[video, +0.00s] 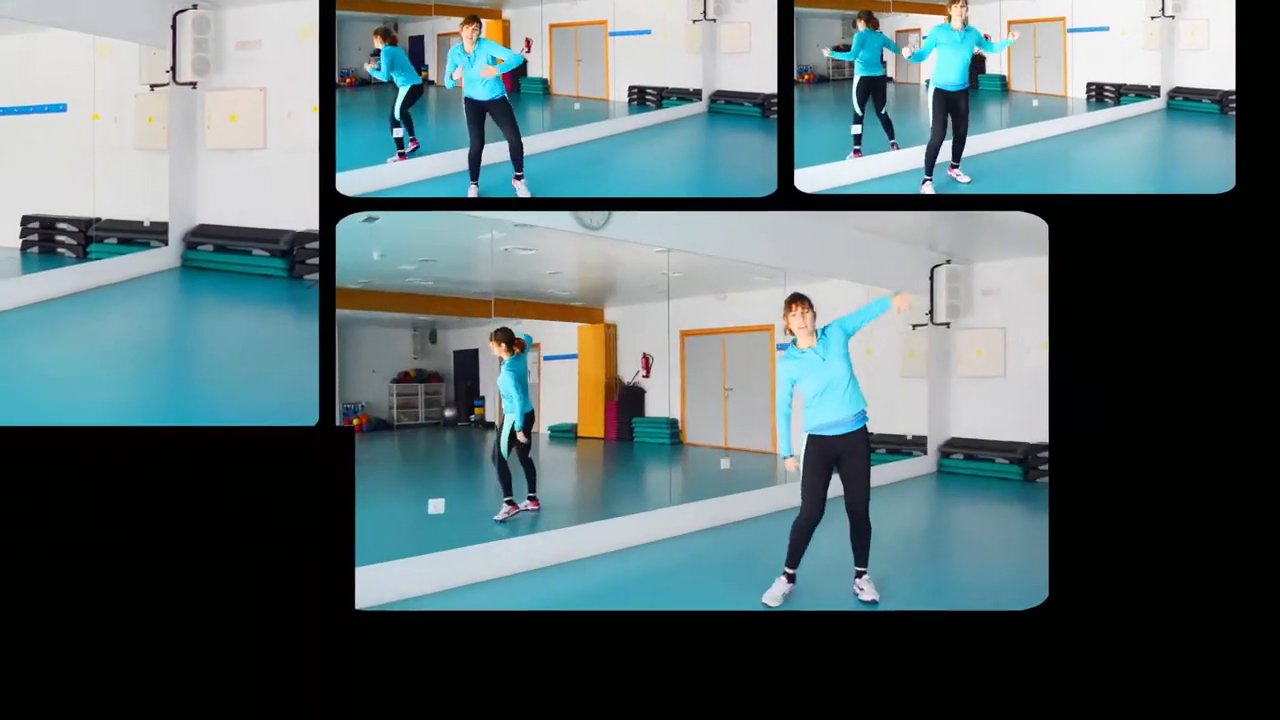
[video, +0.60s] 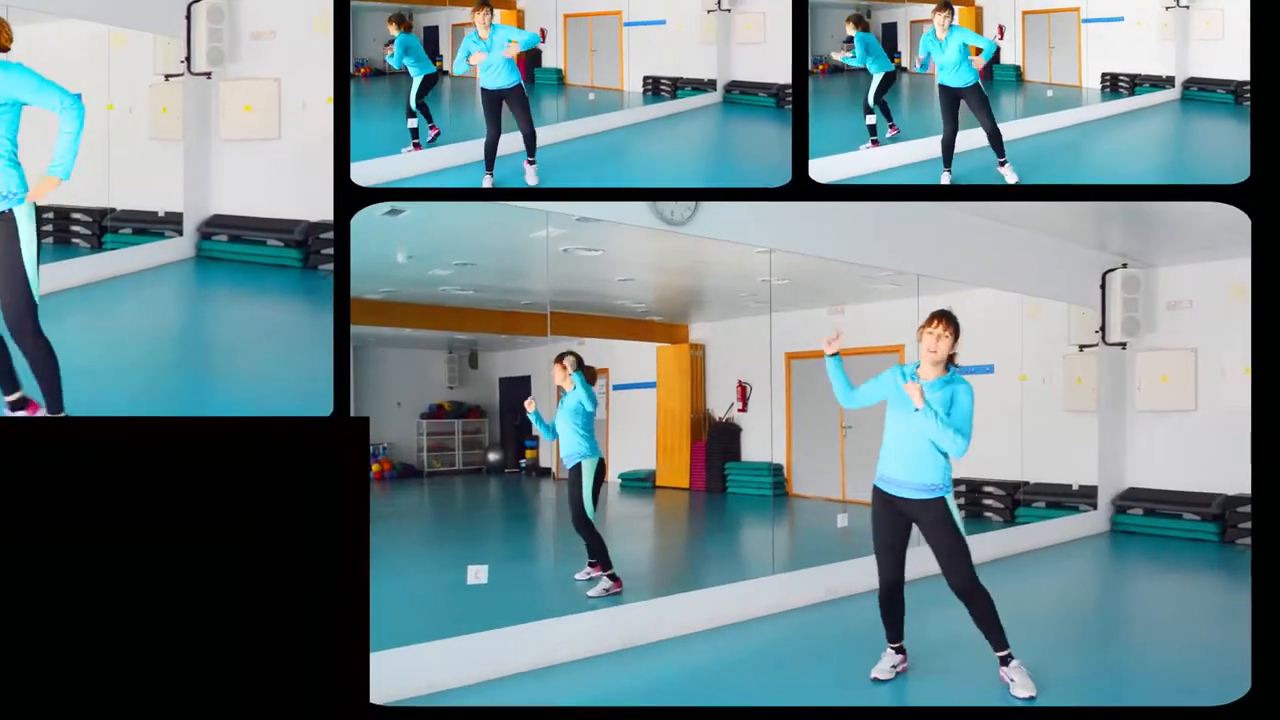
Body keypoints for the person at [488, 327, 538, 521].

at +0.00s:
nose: (491, 348)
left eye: (493, 344)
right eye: (491, 344)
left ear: (502, 346)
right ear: (508, 345)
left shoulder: (507, 372)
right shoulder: (520, 358)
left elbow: (518, 399)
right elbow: (528, 339)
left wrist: (519, 428)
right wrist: (522, 340)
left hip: (513, 416)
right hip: (526, 412)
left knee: (498, 456)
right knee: (524, 455)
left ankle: (509, 503)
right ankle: (532, 499)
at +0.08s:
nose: (507, 354)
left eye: (508, 350)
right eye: (507, 350)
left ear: (518, 350)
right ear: (522, 349)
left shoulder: (526, 374)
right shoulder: (533, 366)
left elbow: (540, 401)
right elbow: (527, 388)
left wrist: (546, 429)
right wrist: (514, 376)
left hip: (528, 425)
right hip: (536, 423)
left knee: (512, 467)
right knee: (540, 468)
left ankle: (528, 515)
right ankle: (548, 514)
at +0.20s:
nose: (525, 358)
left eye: (527, 354)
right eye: (525, 354)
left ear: (538, 355)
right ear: (540, 355)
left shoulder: (551, 378)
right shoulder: (543, 377)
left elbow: (571, 405)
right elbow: (546, 405)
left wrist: (578, 435)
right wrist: (528, 408)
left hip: (555, 436)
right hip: (557, 436)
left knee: (526, 479)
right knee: (561, 484)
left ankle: (550, 527)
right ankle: (568, 533)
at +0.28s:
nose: (535, 362)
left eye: (537, 357)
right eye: (535, 357)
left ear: (549, 358)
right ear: (549, 359)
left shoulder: (563, 380)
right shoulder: (551, 382)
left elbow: (585, 407)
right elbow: (553, 416)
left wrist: (596, 437)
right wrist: (533, 417)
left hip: (568, 443)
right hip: (565, 443)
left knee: (536, 487)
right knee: (574, 494)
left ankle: (565, 533)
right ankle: (578, 544)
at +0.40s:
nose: (545, 365)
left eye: (548, 360)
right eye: (546, 360)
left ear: (561, 363)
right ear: (559, 363)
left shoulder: (575, 384)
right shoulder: (559, 391)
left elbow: (596, 403)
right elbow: (556, 428)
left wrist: (604, 416)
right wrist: (538, 418)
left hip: (581, 451)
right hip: (575, 452)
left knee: (555, 505)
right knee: (585, 506)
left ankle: (586, 552)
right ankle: (591, 556)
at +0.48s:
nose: (550, 368)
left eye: (553, 364)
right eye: (551, 364)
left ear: (566, 366)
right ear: (564, 367)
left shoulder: (581, 388)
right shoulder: (562, 395)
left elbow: (604, 411)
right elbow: (554, 430)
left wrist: (596, 399)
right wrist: (539, 416)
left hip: (586, 456)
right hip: (575, 458)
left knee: (576, 511)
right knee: (571, 514)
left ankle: (599, 566)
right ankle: (595, 561)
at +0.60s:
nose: (553, 373)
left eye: (556, 368)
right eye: (554, 368)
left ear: (568, 370)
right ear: (561, 371)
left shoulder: (583, 394)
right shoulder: (564, 402)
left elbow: (590, 405)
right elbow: (549, 434)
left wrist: (574, 372)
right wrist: (533, 413)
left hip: (588, 461)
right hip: (575, 464)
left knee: (583, 519)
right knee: (579, 519)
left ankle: (611, 577)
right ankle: (596, 564)